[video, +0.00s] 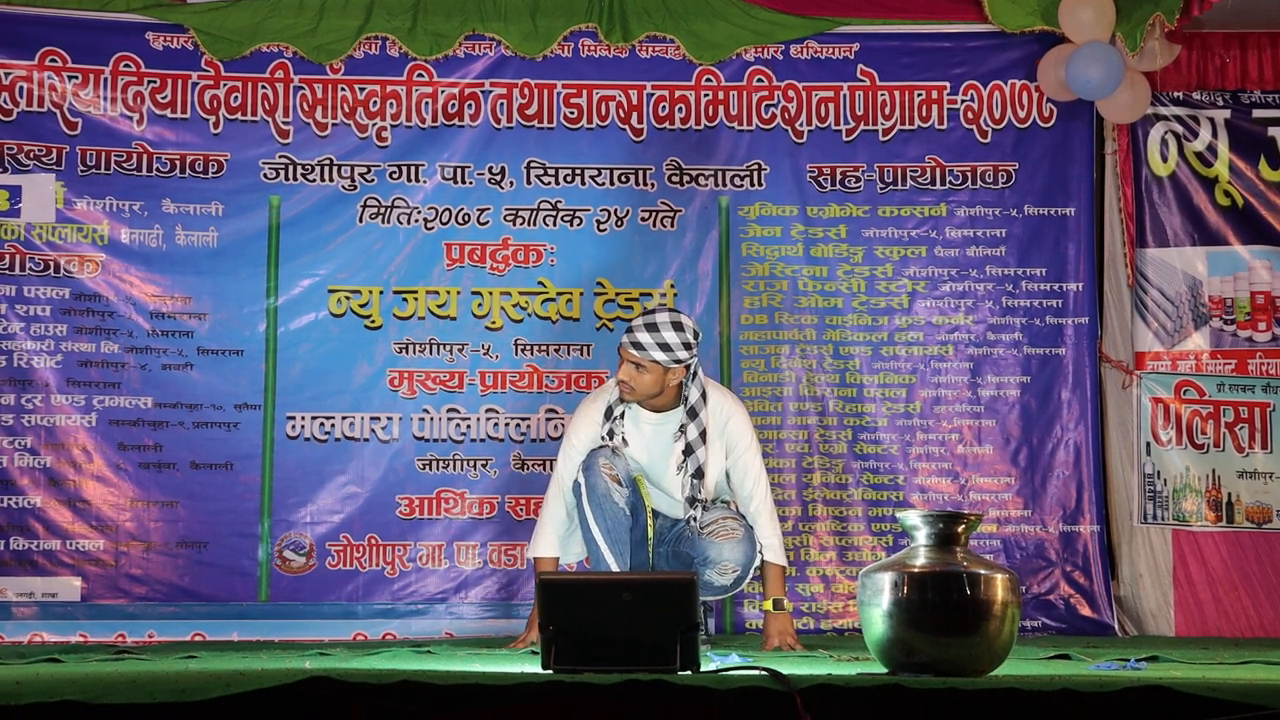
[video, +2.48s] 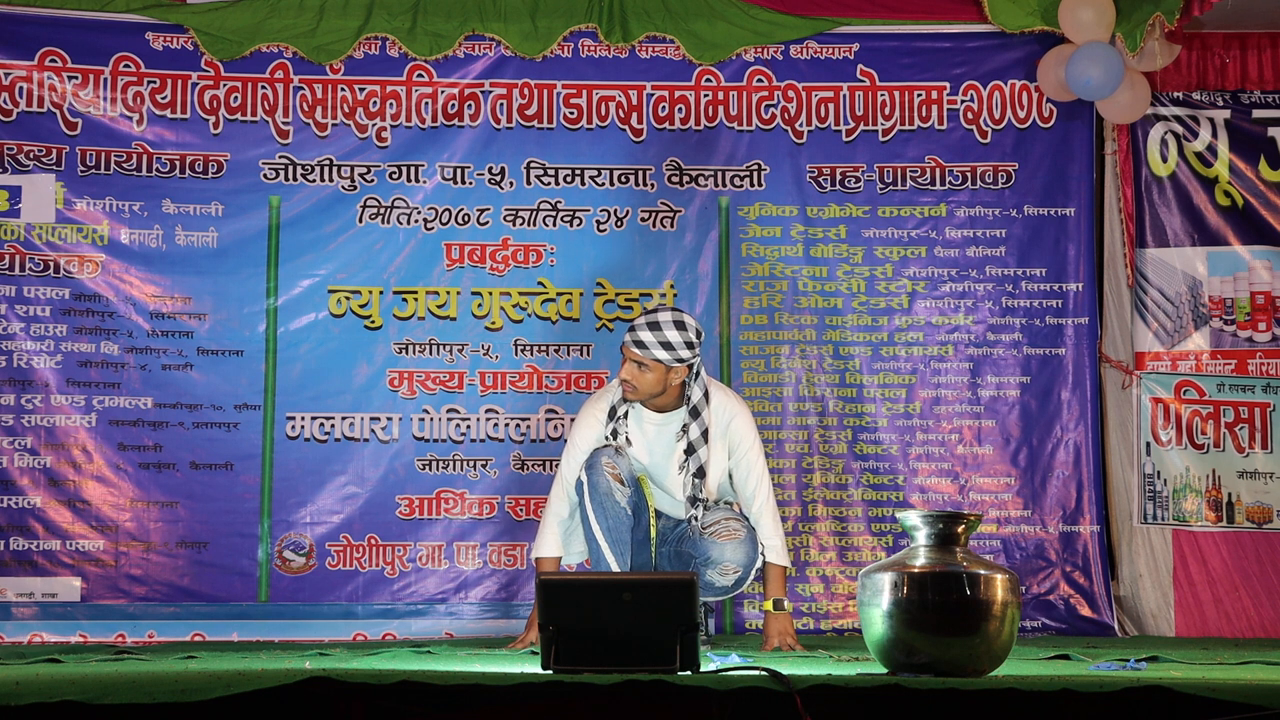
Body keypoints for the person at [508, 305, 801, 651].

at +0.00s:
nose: (621, 375)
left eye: (638, 368)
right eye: (622, 361)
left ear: (676, 374)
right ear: (619, 355)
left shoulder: (725, 414)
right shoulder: (597, 411)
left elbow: (760, 507)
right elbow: (557, 502)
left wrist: (777, 609)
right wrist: (543, 607)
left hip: (692, 539)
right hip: (628, 531)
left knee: (732, 547)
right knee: (601, 463)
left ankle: (686, 611)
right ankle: (619, 608)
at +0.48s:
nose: (622, 375)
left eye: (638, 368)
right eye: (622, 360)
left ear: (677, 374)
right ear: (619, 355)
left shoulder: (725, 413)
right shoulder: (597, 411)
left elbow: (760, 507)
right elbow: (558, 503)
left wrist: (777, 608)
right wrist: (542, 606)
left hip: (692, 539)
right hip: (629, 531)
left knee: (733, 547)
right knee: (601, 463)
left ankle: (687, 610)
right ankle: (620, 607)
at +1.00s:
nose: (622, 374)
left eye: (638, 368)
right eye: (623, 360)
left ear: (677, 375)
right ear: (620, 354)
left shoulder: (726, 414)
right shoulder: (598, 411)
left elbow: (761, 508)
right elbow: (558, 505)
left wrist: (777, 609)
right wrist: (541, 608)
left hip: (691, 541)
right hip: (628, 533)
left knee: (732, 545)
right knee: (603, 463)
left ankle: (689, 610)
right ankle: (620, 608)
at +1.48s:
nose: (623, 374)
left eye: (639, 367)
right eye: (623, 360)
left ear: (678, 374)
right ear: (621, 355)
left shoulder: (727, 414)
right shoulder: (598, 411)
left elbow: (761, 508)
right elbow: (558, 505)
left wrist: (777, 609)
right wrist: (541, 608)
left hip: (691, 540)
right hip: (628, 532)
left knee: (733, 546)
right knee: (603, 463)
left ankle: (688, 610)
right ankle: (621, 607)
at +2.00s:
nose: (623, 375)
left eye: (640, 367)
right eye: (624, 360)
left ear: (678, 374)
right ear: (621, 355)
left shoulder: (728, 414)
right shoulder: (599, 411)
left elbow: (762, 509)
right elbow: (558, 507)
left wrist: (777, 609)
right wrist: (542, 608)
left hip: (691, 540)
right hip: (629, 531)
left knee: (733, 547)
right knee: (604, 462)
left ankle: (688, 610)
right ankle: (619, 607)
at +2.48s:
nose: (623, 374)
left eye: (640, 367)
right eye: (624, 360)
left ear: (679, 374)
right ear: (622, 355)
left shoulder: (729, 414)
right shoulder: (601, 411)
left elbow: (763, 508)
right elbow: (559, 505)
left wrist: (777, 609)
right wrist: (542, 607)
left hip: (693, 540)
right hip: (631, 532)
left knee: (733, 545)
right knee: (604, 462)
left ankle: (690, 610)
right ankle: (619, 606)